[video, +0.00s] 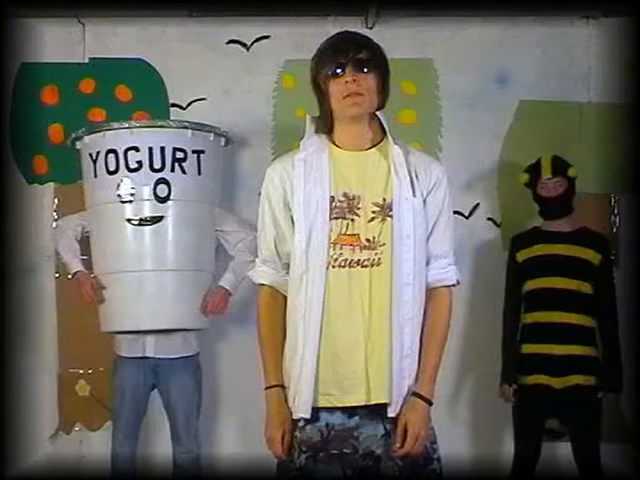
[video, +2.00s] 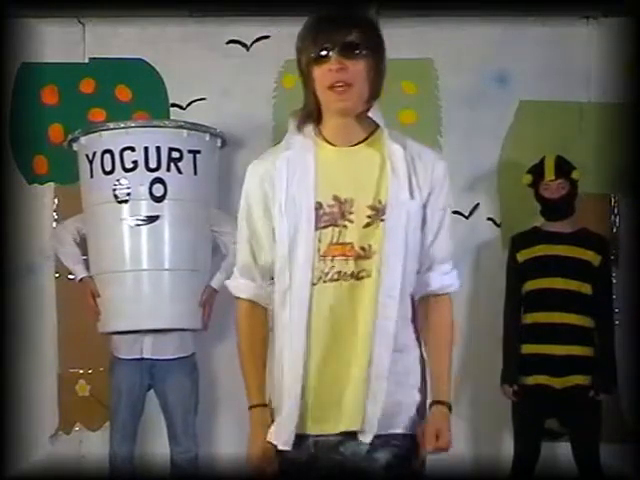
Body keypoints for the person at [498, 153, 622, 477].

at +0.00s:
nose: (549, 191)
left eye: (556, 183)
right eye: (542, 185)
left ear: (571, 187)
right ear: (533, 193)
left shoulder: (596, 245)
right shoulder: (521, 245)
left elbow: (607, 314)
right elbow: (511, 312)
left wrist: (612, 374)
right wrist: (507, 372)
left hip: (581, 373)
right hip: (532, 374)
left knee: (588, 462)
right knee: (524, 461)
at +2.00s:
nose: (553, 192)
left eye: (560, 185)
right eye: (545, 186)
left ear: (573, 187)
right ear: (536, 193)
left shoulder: (596, 245)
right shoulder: (521, 244)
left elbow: (604, 315)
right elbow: (512, 312)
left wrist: (606, 372)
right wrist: (509, 368)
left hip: (580, 375)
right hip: (531, 375)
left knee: (588, 462)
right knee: (524, 461)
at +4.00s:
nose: (531, 195)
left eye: (539, 186)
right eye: (530, 187)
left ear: (559, 189)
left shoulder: (596, 246)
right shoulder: (525, 244)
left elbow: (603, 318)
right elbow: (516, 313)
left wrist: (598, 376)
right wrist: (508, 367)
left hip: (578, 377)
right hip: (529, 376)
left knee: (587, 462)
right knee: (524, 459)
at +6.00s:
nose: (553, 197)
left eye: (561, 188)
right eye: (545, 189)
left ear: (573, 190)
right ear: (534, 194)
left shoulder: (596, 246)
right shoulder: (519, 246)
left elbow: (605, 314)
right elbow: (511, 314)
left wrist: (607, 373)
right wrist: (510, 370)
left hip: (582, 375)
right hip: (532, 375)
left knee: (589, 462)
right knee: (524, 460)